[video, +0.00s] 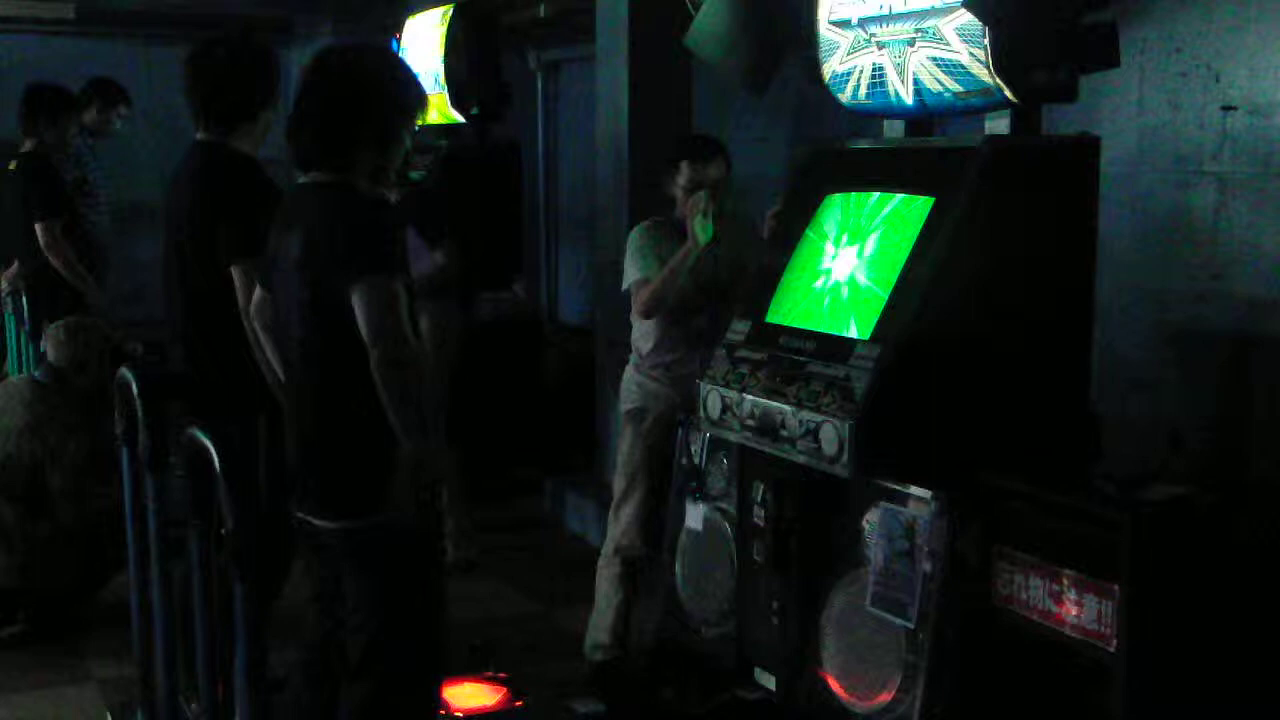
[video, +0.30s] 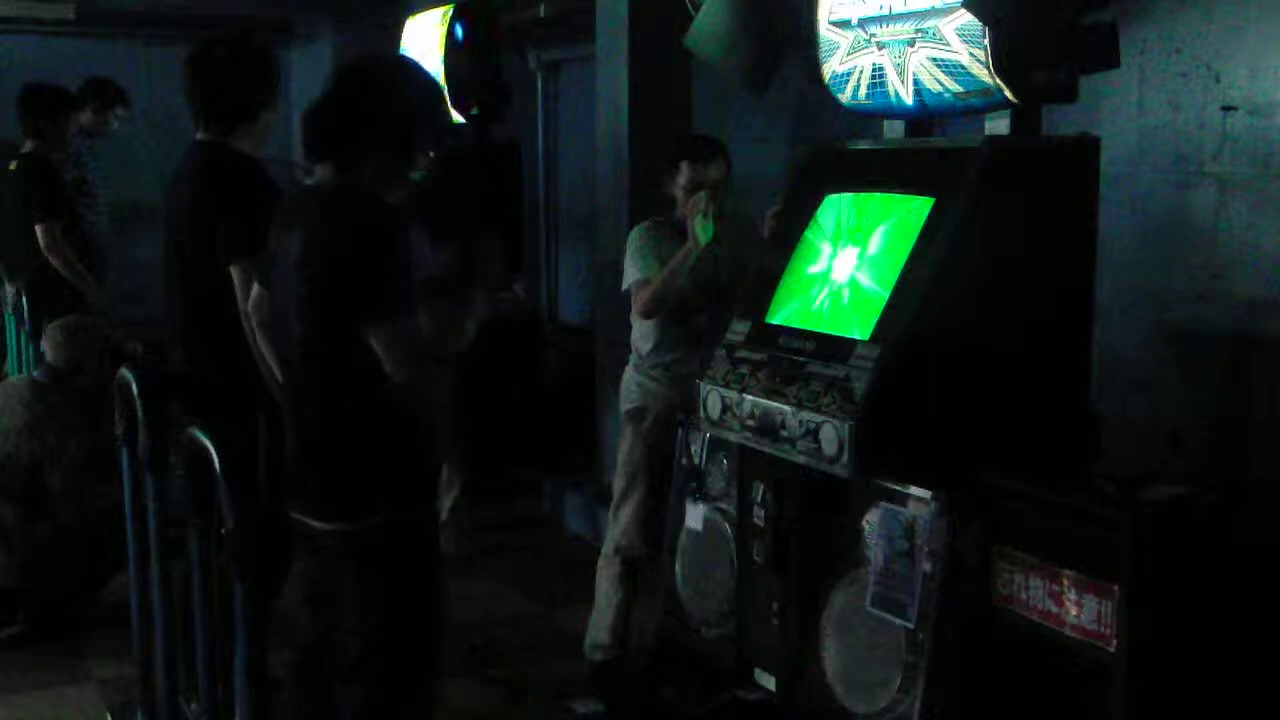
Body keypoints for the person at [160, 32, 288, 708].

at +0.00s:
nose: (277, 102)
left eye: (274, 89)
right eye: (272, 90)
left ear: (198, 97)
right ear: (263, 99)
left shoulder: (191, 171)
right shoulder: (242, 177)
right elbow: (251, 302)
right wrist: (291, 388)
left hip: (200, 379)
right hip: (240, 388)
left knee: (211, 530)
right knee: (256, 537)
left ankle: (210, 672)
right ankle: (246, 675)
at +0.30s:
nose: (278, 103)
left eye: (276, 90)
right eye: (273, 91)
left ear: (198, 97)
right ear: (262, 99)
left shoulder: (191, 171)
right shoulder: (243, 178)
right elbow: (251, 300)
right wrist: (287, 386)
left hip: (200, 378)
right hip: (241, 389)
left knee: (211, 529)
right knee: (256, 536)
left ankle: (209, 672)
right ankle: (249, 677)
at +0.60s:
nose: (278, 104)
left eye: (275, 91)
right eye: (272, 91)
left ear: (196, 98)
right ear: (261, 99)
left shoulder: (187, 172)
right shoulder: (241, 179)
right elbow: (247, 297)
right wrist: (284, 385)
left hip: (193, 378)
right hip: (235, 388)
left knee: (204, 529)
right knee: (251, 536)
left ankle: (204, 674)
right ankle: (246, 678)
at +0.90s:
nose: (277, 103)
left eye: (274, 90)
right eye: (271, 91)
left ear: (195, 97)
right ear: (261, 99)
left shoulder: (189, 172)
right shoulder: (243, 179)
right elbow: (246, 299)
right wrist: (284, 386)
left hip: (197, 379)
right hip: (237, 389)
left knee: (208, 532)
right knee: (253, 539)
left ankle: (207, 676)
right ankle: (246, 680)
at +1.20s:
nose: (275, 109)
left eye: (273, 96)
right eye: (270, 97)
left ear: (193, 100)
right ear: (258, 105)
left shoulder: (187, 173)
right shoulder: (236, 180)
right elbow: (246, 303)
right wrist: (289, 391)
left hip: (195, 382)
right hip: (235, 393)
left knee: (209, 534)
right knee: (254, 540)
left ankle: (204, 675)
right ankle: (241, 679)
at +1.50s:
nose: (277, 109)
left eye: (277, 95)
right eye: (270, 95)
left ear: (199, 99)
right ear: (247, 102)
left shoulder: (191, 171)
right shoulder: (233, 177)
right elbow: (242, 301)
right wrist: (287, 392)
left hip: (196, 382)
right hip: (233, 392)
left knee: (210, 535)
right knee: (254, 540)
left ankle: (205, 676)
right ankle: (242, 680)